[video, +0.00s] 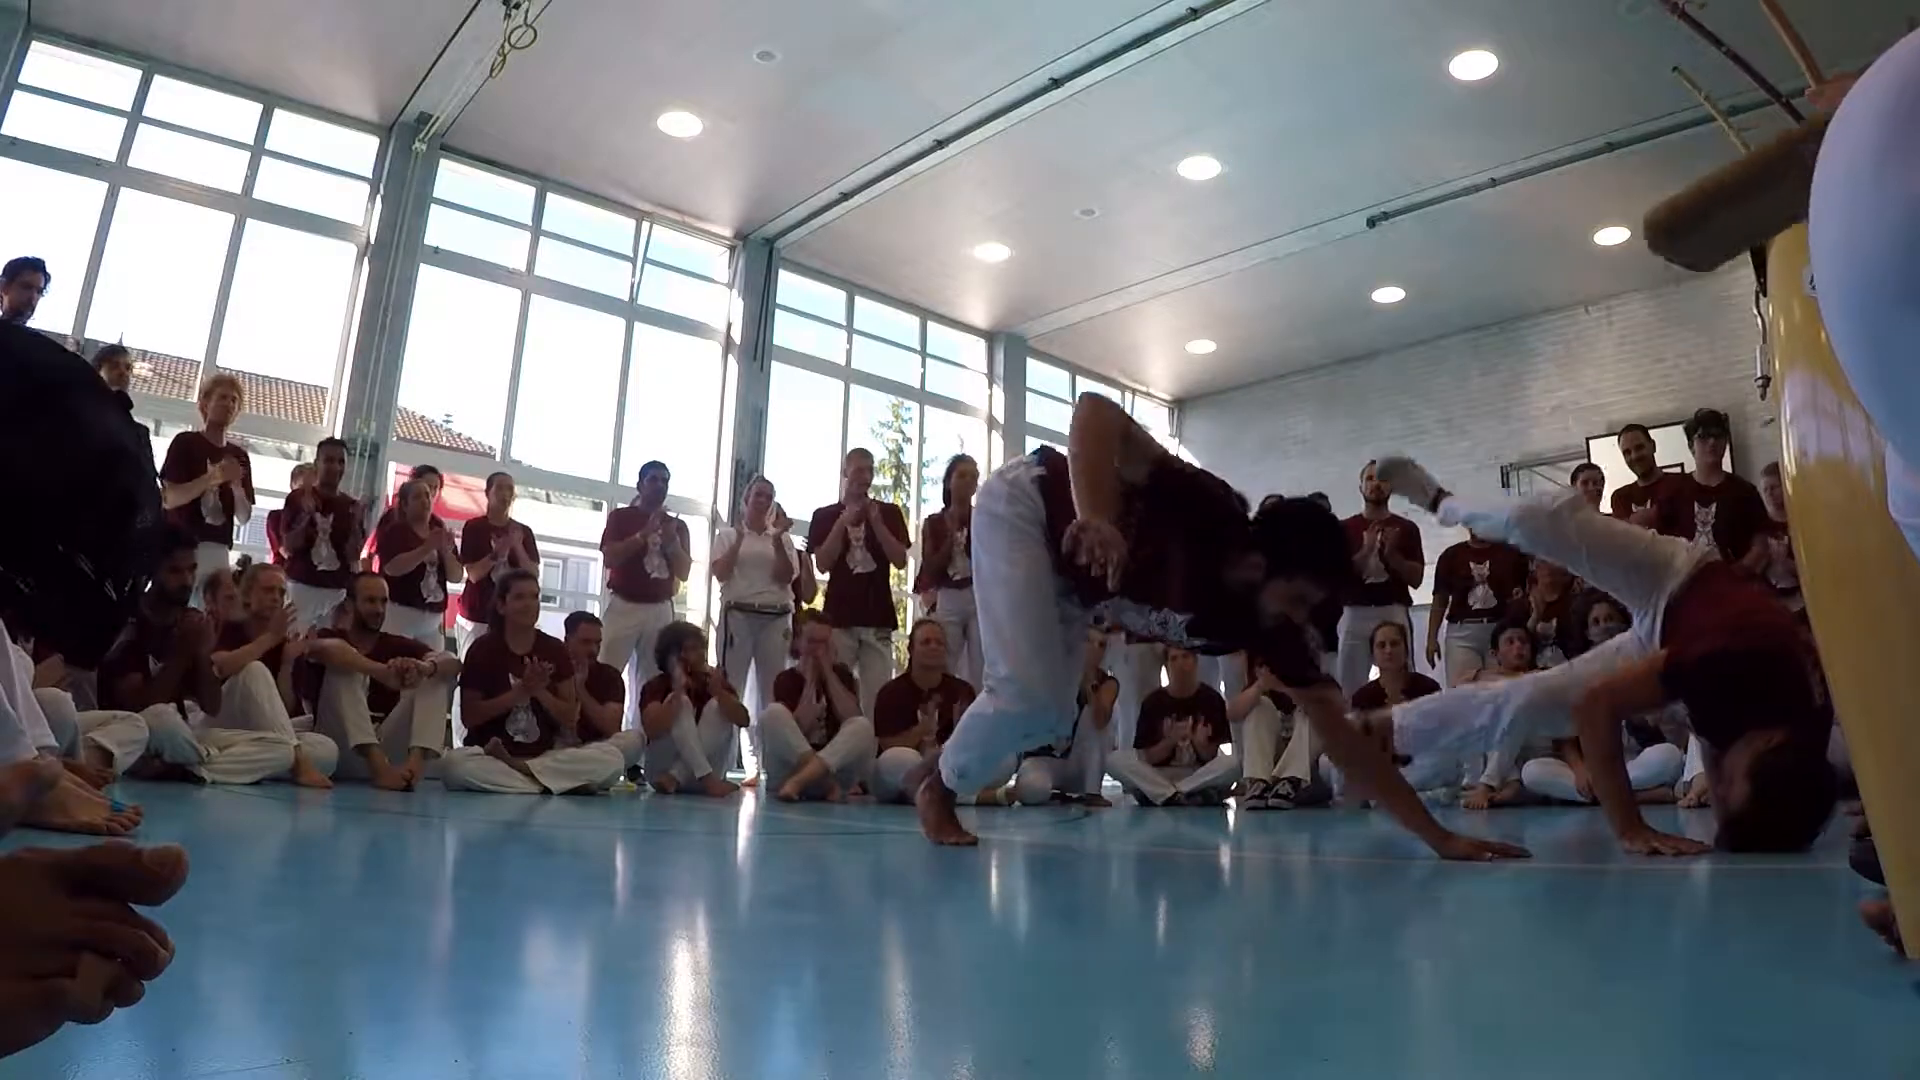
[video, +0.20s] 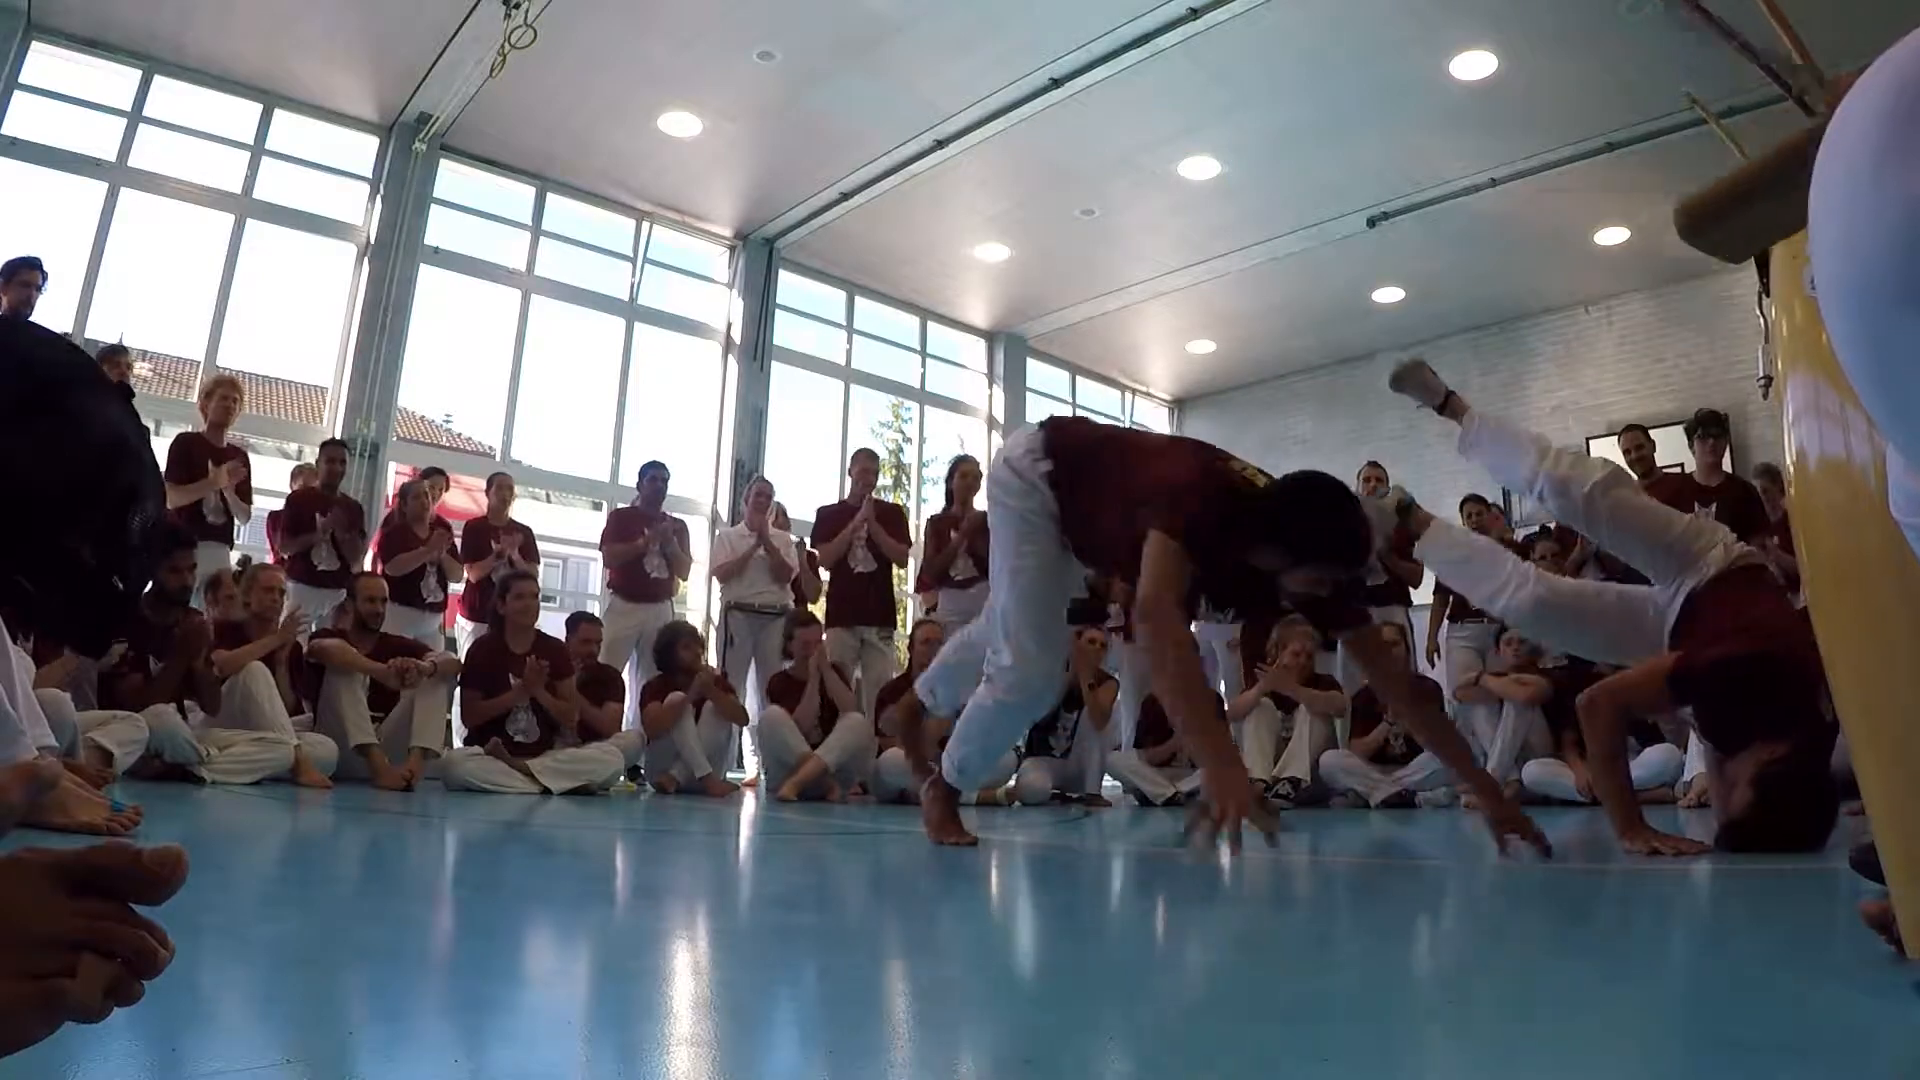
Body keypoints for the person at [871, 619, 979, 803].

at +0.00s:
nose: (933, 648)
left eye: (939, 643)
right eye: (925, 643)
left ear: (946, 650)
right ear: (910, 650)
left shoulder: (963, 691)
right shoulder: (891, 692)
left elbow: (972, 742)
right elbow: (886, 745)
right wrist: (921, 730)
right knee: (895, 758)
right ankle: (987, 797)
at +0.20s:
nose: (933, 650)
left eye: (939, 644)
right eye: (926, 643)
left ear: (946, 648)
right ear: (910, 649)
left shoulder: (962, 686)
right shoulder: (892, 690)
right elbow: (885, 742)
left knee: (1007, 758)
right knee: (890, 761)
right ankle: (979, 797)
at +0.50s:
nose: (934, 647)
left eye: (939, 643)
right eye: (926, 643)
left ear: (946, 650)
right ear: (911, 651)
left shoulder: (962, 690)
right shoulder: (891, 693)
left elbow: (971, 743)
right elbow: (889, 748)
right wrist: (922, 729)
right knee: (895, 759)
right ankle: (976, 796)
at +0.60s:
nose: (934, 647)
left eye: (940, 643)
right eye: (926, 642)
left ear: (948, 651)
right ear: (911, 650)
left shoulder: (961, 690)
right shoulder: (892, 692)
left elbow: (970, 750)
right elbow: (886, 748)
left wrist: (965, 728)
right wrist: (921, 728)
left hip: (952, 775)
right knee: (897, 759)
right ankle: (982, 796)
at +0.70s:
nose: (935, 648)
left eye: (940, 643)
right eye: (927, 642)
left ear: (947, 651)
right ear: (912, 650)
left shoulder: (963, 690)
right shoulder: (892, 692)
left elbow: (970, 747)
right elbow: (889, 746)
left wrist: (954, 725)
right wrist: (925, 739)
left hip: (951, 769)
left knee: (1001, 755)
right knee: (896, 759)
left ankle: (931, 795)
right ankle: (976, 797)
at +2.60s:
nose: (931, 660)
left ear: (945, 657)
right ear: (911, 660)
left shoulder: (961, 690)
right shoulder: (892, 692)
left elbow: (971, 748)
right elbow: (887, 748)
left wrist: (960, 719)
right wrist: (919, 725)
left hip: (950, 767)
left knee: (1006, 758)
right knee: (896, 759)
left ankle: (933, 791)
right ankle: (977, 798)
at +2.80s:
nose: (933, 652)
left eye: (938, 645)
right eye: (926, 645)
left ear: (948, 649)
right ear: (913, 650)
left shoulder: (962, 685)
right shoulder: (897, 686)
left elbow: (975, 744)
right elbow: (881, 743)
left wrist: (945, 727)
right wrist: (922, 743)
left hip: (952, 766)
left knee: (1006, 757)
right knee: (896, 760)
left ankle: (928, 791)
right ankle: (976, 797)